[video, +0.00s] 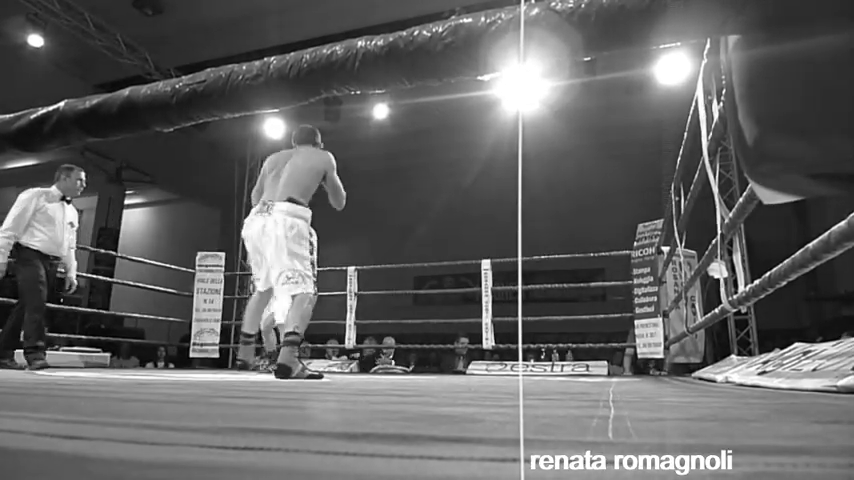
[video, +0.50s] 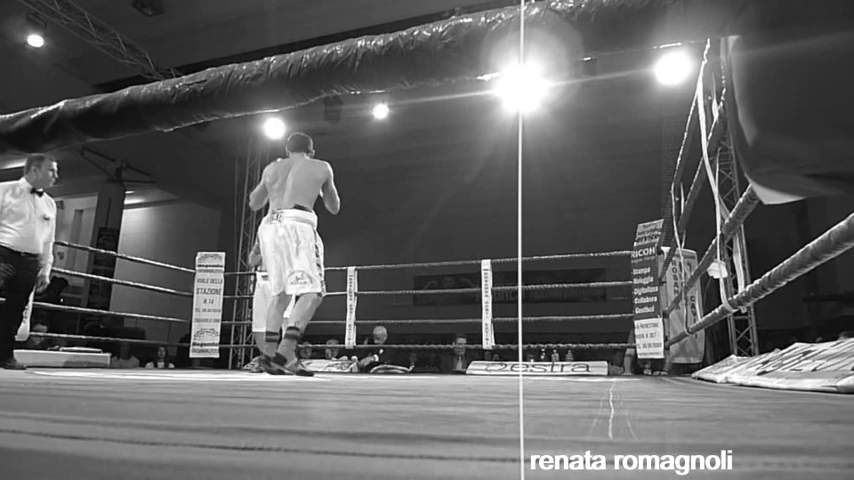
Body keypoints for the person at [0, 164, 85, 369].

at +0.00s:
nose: (83, 186)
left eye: (84, 182)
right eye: (79, 180)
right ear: (63, 178)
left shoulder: (72, 213)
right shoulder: (34, 196)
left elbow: (70, 246)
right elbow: (9, 230)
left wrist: (71, 273)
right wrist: (2, 260)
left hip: (51, 262)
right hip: (29, 255)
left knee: (25, 306)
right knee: (36, 302)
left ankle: (4, 352)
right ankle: (35, 355)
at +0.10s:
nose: (78, 184)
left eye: (79, 181)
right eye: (74, 179)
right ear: (58, 177)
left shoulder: (67, 211)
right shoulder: (28, 195)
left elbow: (64, 245)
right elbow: (5, 230)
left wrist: (63, 271)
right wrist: (3, 262)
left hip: (46, 261)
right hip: (23, 254)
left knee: (34, 305)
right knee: (26, 297)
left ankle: (15, 351)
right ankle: (10, 352)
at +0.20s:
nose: (73, 184)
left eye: (74, 181)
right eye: (70, 179)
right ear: (53, 177)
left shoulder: (63, 210)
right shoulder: (23, 196)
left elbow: (60, 245)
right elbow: (2, 229)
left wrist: (57, 271)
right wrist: (1, 260)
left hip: (43, 262)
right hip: (20, 255)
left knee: (24, 308)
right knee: (16, 300)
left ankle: (6, 352)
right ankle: (4, 352)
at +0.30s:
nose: (66, 183)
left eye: (67, 179)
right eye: (63, 177)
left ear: (51, 179)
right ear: (46, 176)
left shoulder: (56, 209)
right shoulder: (17, 196)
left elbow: (54, 243)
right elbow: (1, 228)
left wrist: (51, 269)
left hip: (39, 263)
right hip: (15, 257)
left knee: (19, 311)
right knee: (5, 305)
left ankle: (5, 353)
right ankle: (3, 353)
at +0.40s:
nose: (60, 180)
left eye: (62, 176)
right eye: (57, 175)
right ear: (40, 173)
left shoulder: (53, 206)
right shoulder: (10, 194)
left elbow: (52, 243)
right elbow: (1, 227)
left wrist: (48, 270)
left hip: (36, 262)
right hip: (10, 257)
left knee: (17, 312)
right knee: (3, 302)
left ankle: (5, 354)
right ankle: (4, 353)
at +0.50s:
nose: (55, 176)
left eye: (56, 172)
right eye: (51, 171)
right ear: (34, 170)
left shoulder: (50, 204)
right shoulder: (6, 190)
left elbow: (49, 241)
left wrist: (46, 269)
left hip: (31, 260)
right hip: (6, 255)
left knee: (16, 310)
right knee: (6, 307)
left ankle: (7, 353)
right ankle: (5, 353)